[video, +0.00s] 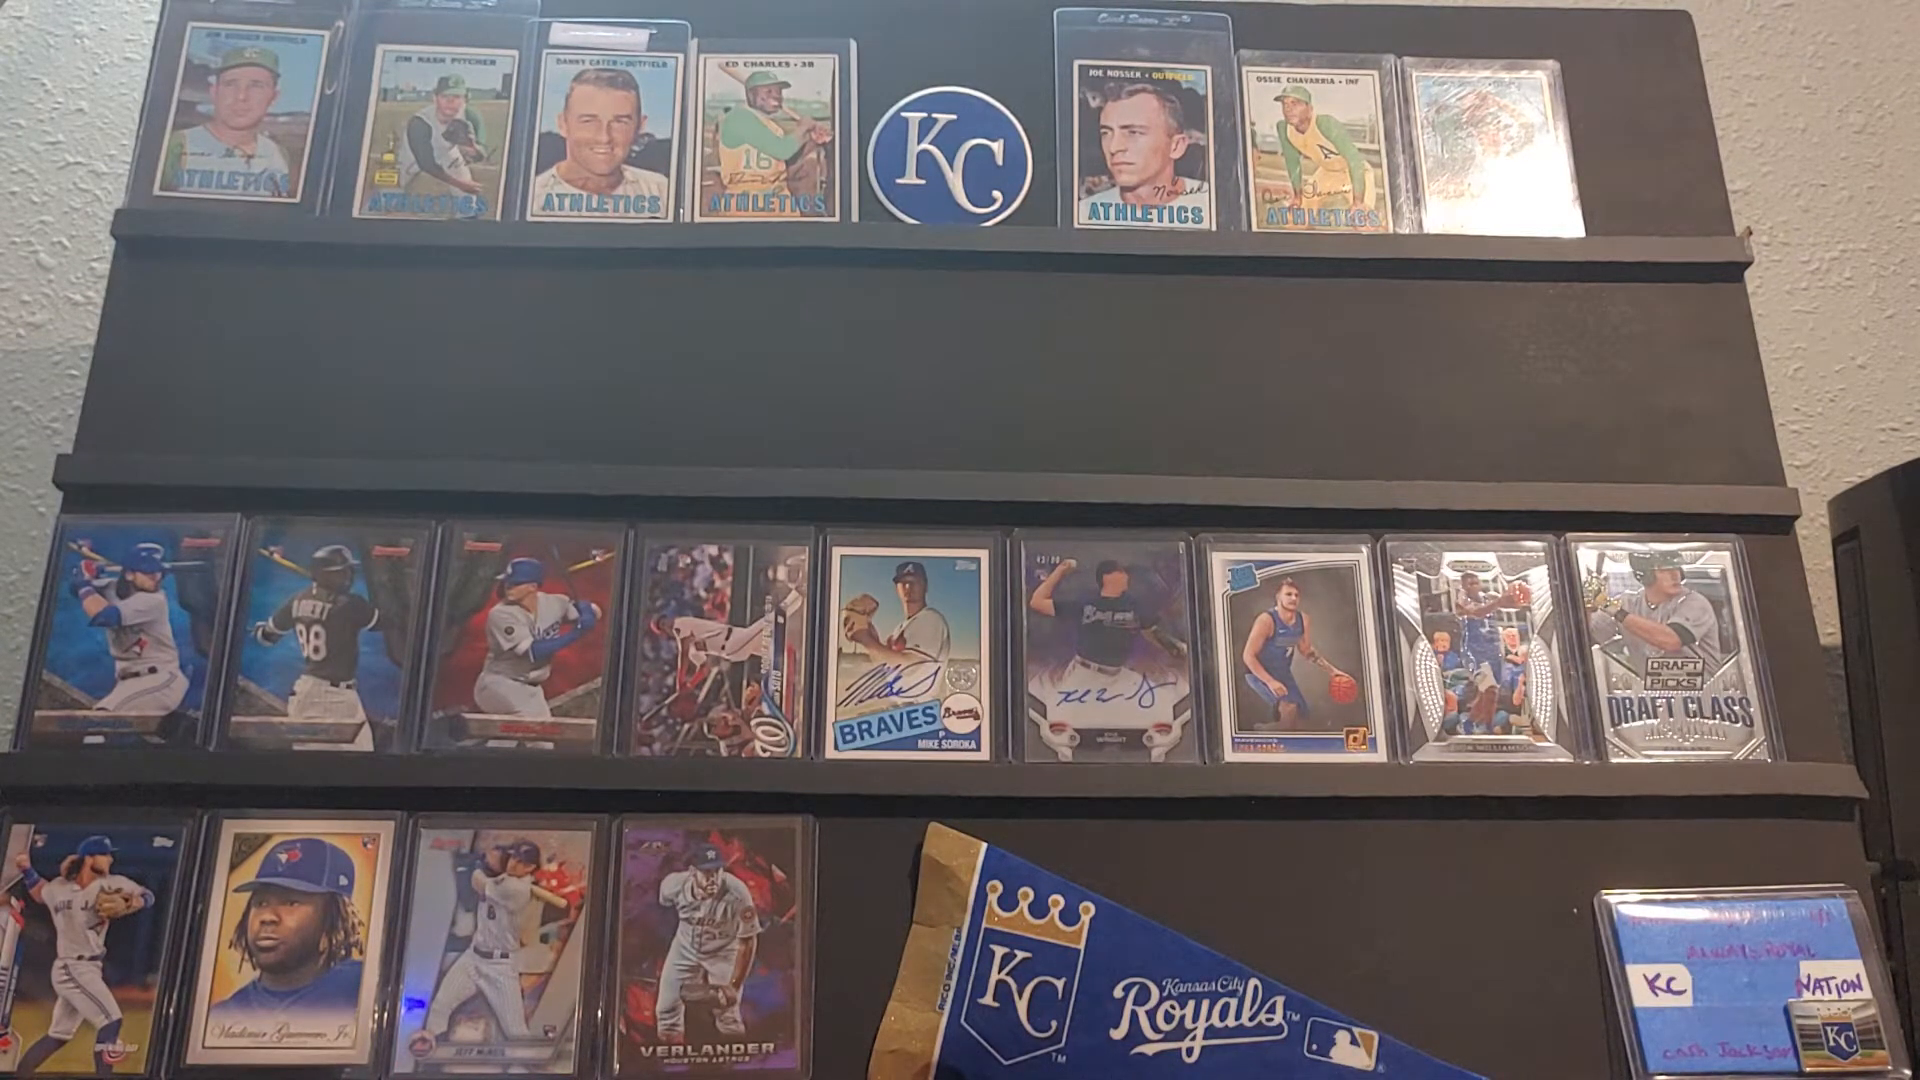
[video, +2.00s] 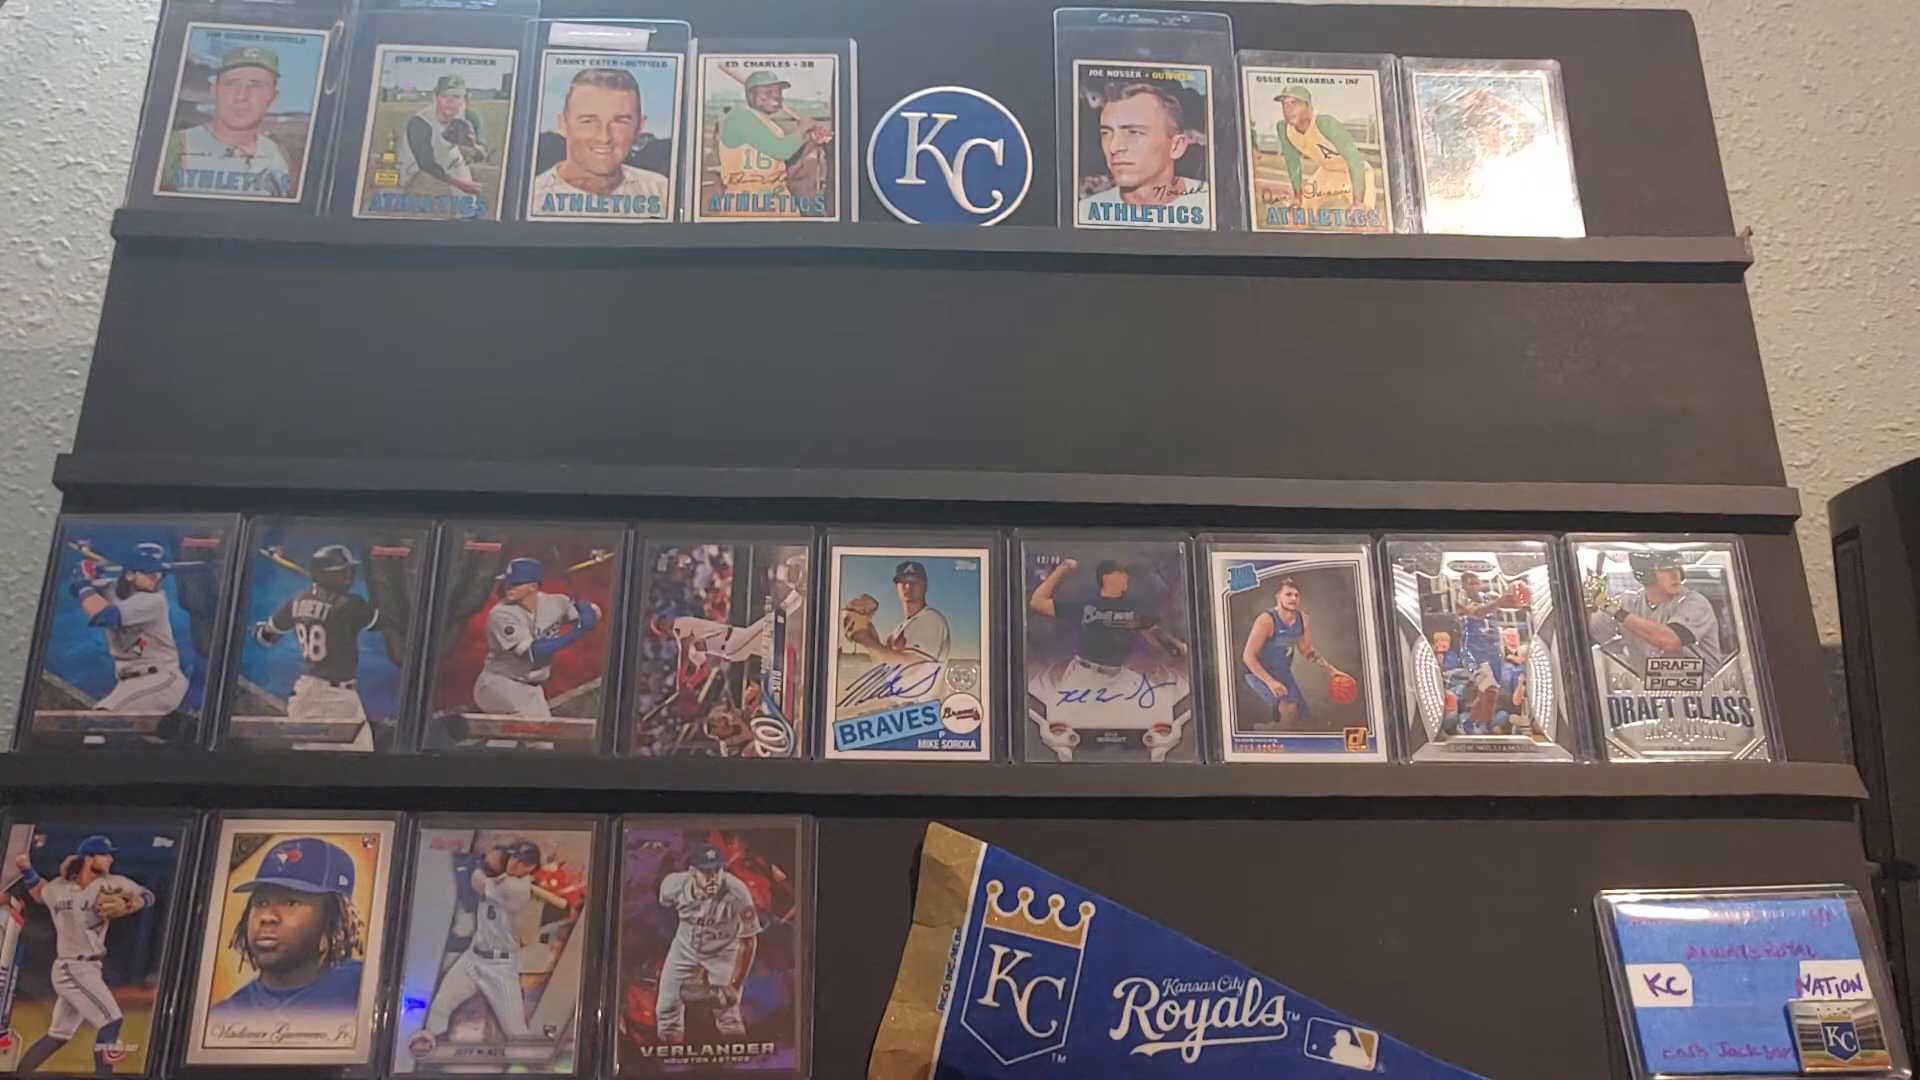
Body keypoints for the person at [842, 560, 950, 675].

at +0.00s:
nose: (907, 588)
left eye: (913, 582)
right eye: (902, 583)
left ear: (925, 587)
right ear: (896, 588)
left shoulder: (930, 619)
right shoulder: (902, 626)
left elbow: (910, 662)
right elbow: (882, 661)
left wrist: (866, 640)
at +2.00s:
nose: (907, 588)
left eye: (913, 582)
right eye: (902, 582)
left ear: (925, 586)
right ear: (896, 588)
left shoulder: (930, 619)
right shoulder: (901, 627)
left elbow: (909, 660)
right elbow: (879, 657)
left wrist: (864, 638)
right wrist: (863, 620)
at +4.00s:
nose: (907, 587)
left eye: (913, 582)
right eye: (902, 582)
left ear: (924, 586)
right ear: (896, 587)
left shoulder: (930, 619)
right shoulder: (901, 627)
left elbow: (911, 662)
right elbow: (882, 661)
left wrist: (866, 639)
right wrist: (865, 625)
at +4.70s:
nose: (907, 587)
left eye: (913, 582)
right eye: (902, 582)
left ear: (924, 586)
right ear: (896, 587)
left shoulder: (931, 618)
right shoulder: (900, 627)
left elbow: (910, 662)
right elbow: (881, 662)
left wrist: (865, 639)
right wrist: (865, 624)